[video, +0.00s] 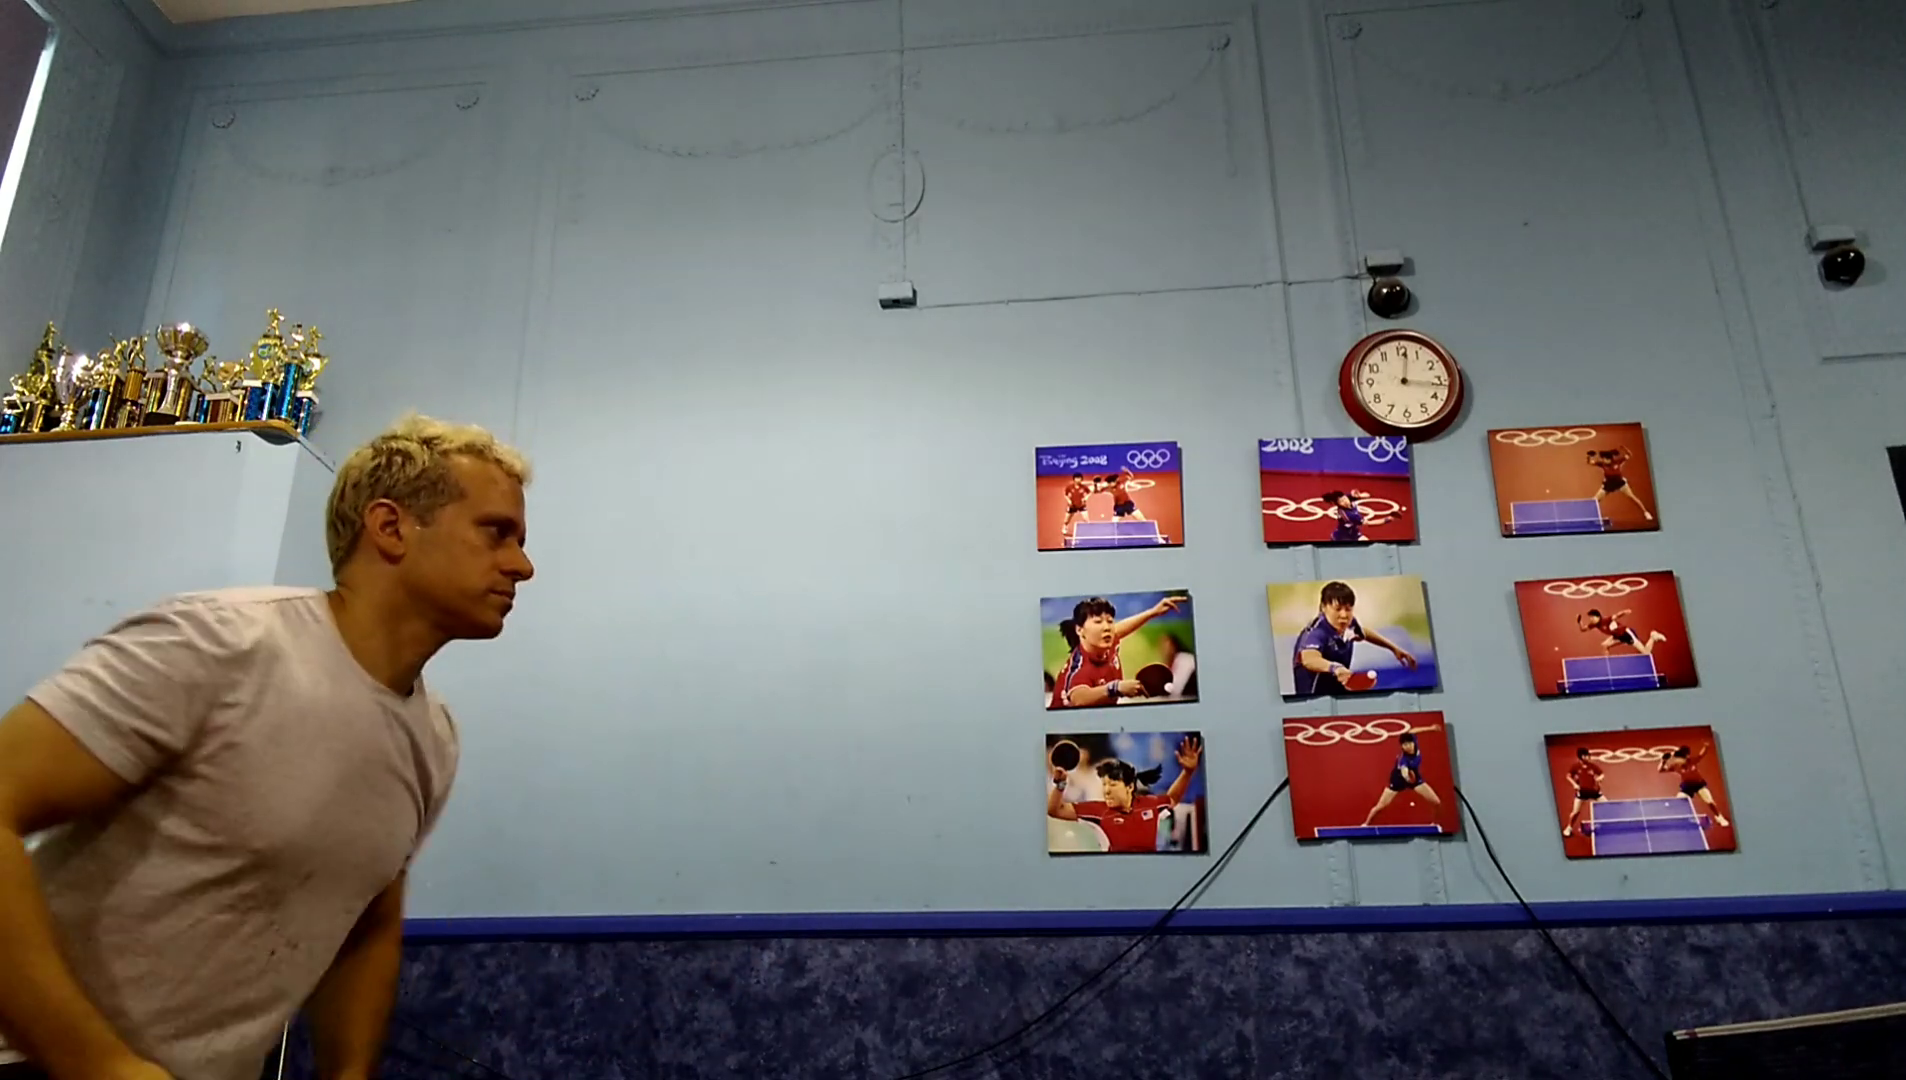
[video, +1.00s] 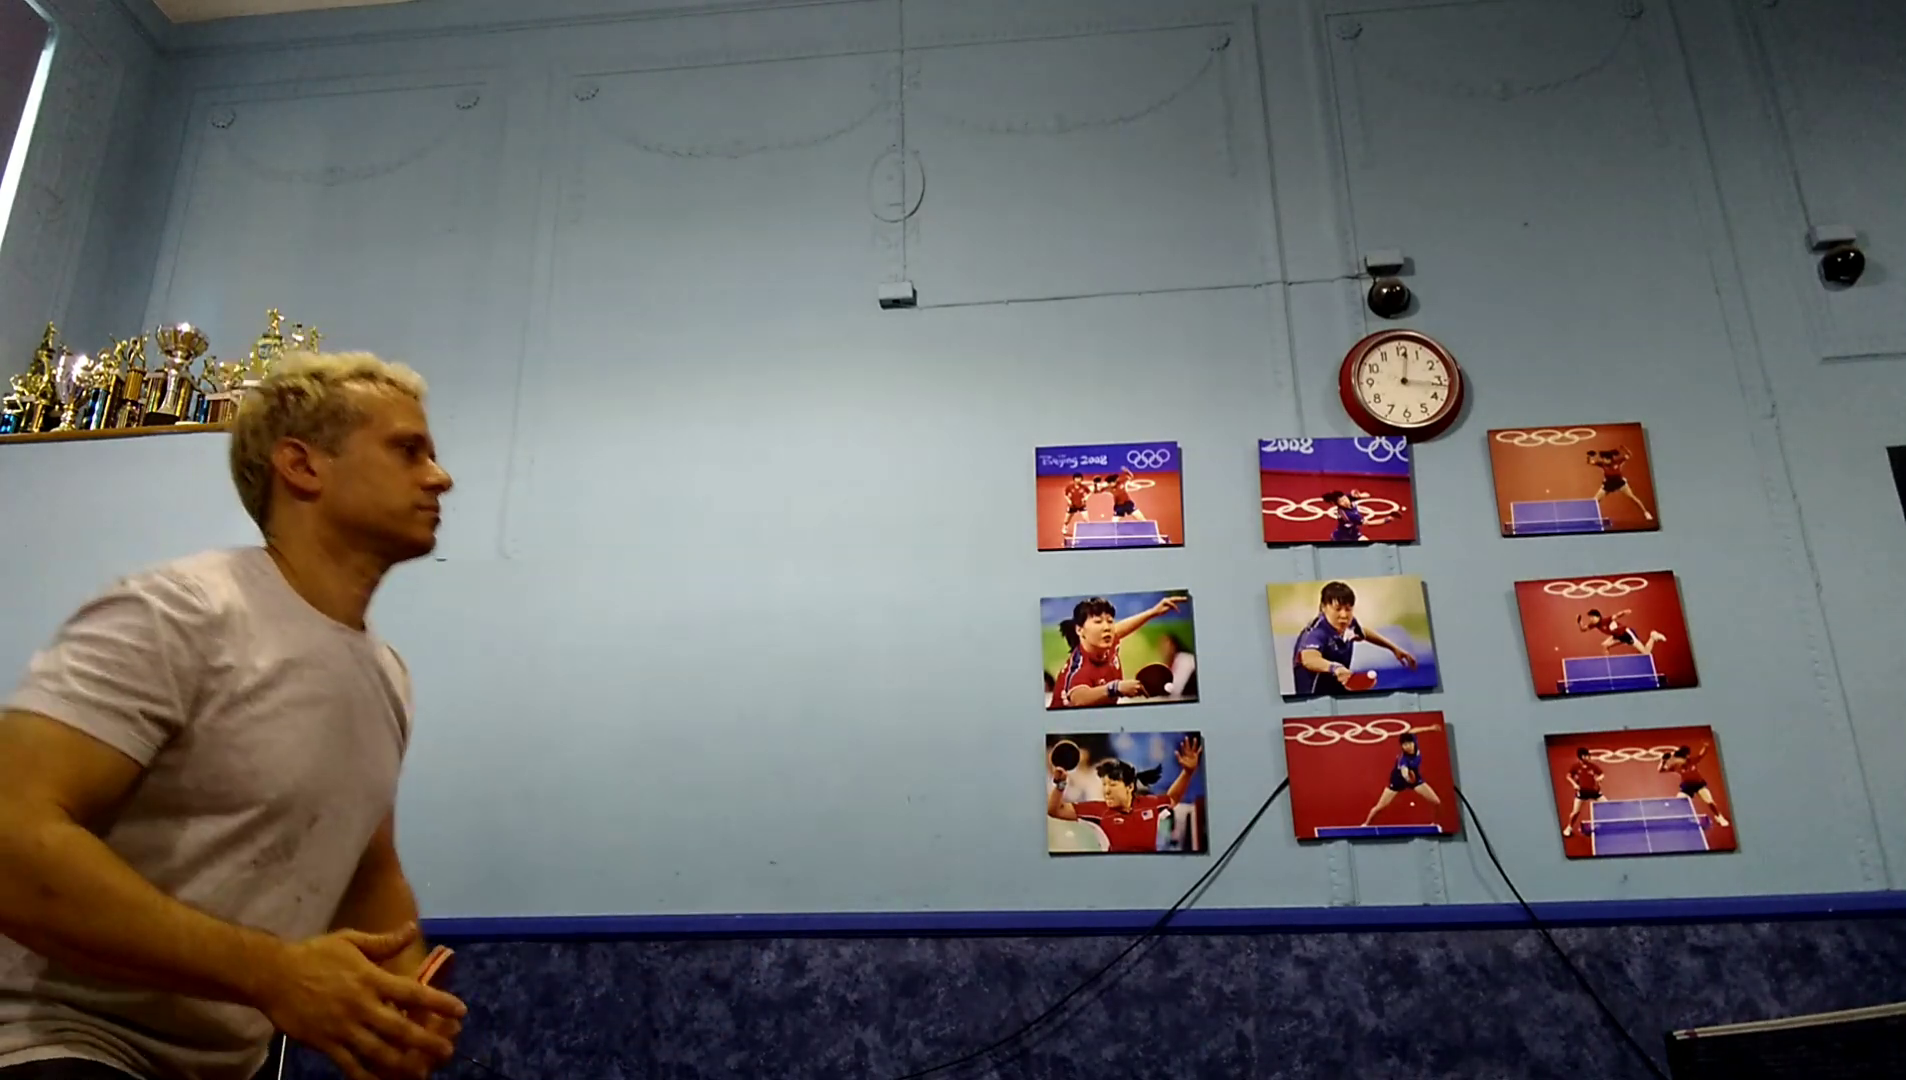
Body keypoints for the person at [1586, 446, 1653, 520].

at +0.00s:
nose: (1605, 461)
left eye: (1606, 460)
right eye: (1604, 460)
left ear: (1610, 459)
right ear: (1603, 459)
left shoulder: (1617, 462)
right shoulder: (1602, 464)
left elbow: (1629, 456)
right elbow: (1590, 463)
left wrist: (1624, 449)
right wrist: (1589, 457)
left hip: (1620, 482)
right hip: (1608, 483)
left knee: (1632, 497)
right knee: (1595, 499)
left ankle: (1645, 512)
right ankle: (1592, 519)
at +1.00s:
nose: (1605, 461)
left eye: (1606, 460)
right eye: (1603, 460)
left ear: (1609, 459)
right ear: (1603, 459)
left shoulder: (1617, 461)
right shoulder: (1602, 464)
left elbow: (1628, 457)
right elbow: (1590, 463)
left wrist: (1624, 449)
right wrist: (1590, 457)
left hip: (1620, 482)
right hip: (1608, 482)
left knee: (1632, 497)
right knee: (1595, 499)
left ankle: (1645, 512)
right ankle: (1593, 519)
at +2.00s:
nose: (1605, 461)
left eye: (1606, 460)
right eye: (1603, 460)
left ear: (1610, 459)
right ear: (1603, 459)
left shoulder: (1617, 461)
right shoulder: (1602, 464)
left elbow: (1628, 457)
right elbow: (1590, 463)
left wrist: (1624, 449)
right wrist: (1590, 457)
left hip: (1620, 482)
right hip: (1608, 482)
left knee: (1632, 497)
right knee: (1596, 499)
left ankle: (1645, 512)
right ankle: (1593, 519)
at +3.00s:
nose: (1604, 461)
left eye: (1606, 460)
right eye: (1603, 460)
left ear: (1609, 458)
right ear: (1602, 459)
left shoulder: (1618, 461)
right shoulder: (1602, 464)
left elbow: (1629, 455)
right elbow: (1590, 463)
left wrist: (1624, 448)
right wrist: (1589, 457)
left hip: (1620, 482)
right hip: (1608, 483)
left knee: (1632, 497)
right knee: (1595, 499)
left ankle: (1645, 512)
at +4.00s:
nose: (1604, 461)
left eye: (1606, 460)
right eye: (1603, 460)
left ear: (1610, 458)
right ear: (1603, 459)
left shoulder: (1618, 462)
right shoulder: (1602, 464)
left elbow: (1629, 456)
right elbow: (1590, 463)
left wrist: (1624, 448)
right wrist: (1589, 457)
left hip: (1620, 482)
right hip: (1608, 483)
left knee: (1632, 497)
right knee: (1595, 499)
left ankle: (1645, 512)